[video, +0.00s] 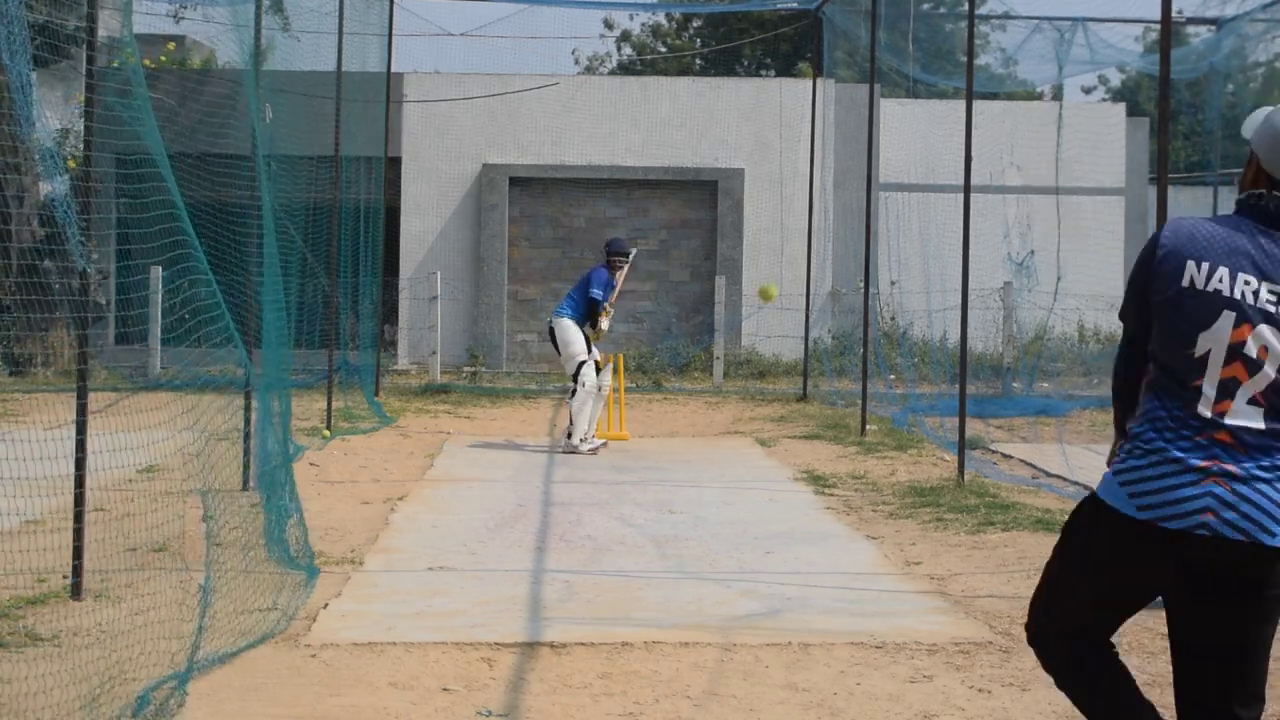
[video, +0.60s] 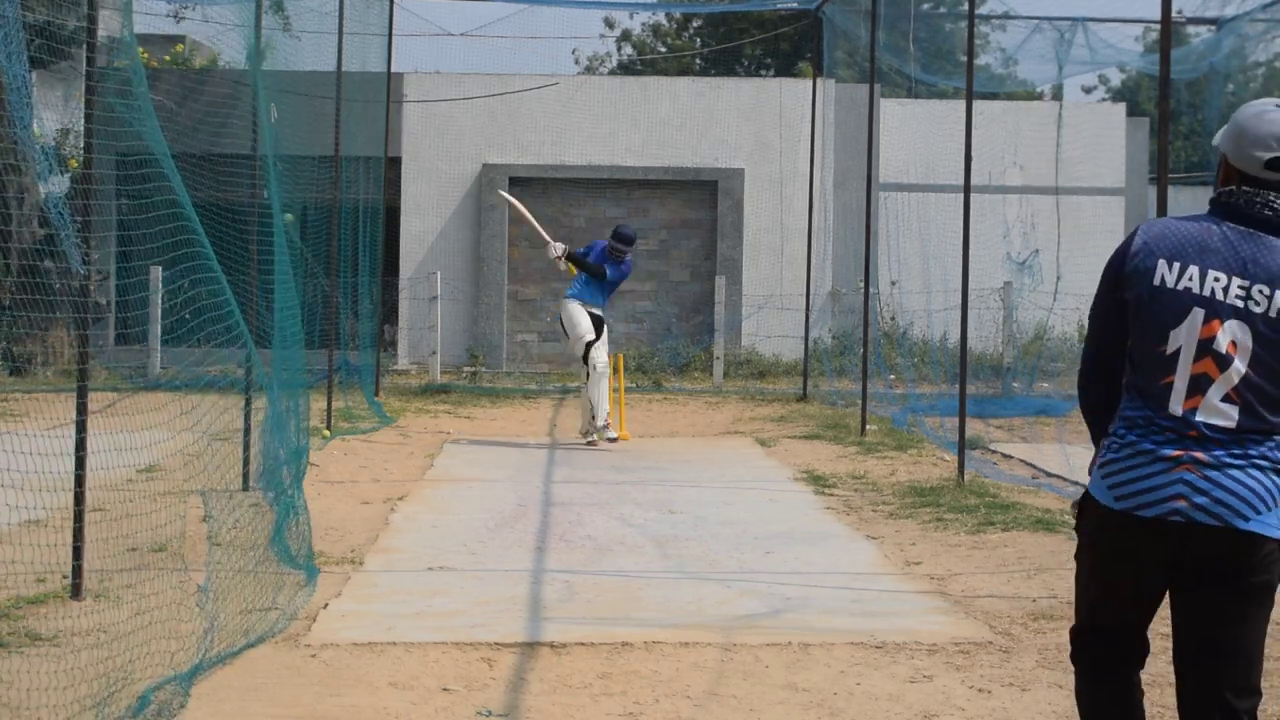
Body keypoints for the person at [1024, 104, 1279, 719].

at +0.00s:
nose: (1245, 166)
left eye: (1249, 158)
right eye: (1250, 158)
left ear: (1253, 167)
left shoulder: (1179, 240)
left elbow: (1129, 374)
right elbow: (1130, 376)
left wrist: (1134, 459)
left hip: (1146, 502)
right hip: (1255, 528)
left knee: (1061, 630)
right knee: (1228, 706)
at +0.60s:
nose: (1217, 169)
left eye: (1220, 162)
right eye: (1224, 162)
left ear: (1225, 169)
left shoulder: (1149, 243)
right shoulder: (1278, 266)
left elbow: (1097, 381)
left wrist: (1128, 464)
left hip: (1128, 505)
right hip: (1245, 520)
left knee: (1106, 662)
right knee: (1224, 697)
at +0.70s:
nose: (1204, 172)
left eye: (1208, 164)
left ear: (1213, 170)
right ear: (1279, 185)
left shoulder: (1141, 246)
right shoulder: (1277, 265)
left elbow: (1087, 385)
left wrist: (1131, 458)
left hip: (1125, 508)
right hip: (1242, 519)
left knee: (1105, 689)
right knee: (1221, 699)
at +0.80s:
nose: (1190, 174)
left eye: (1194, 166)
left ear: (1202, 171)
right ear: (1273, 183)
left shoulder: (1139, 246)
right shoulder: (1277, 263)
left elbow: (1082, 381)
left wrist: (1130, 454)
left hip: (1124, 514)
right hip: (1240, 522)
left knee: (1103, 704)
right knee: (1220, 705)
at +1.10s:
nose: (1114, 214)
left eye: (1116, 199)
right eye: (1112, 201)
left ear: (1139, 187)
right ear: (1190, 187)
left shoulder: (1114, 251)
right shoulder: (1254, 273)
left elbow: (1066, 386)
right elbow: (1252, 401)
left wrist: (1114, 457)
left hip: (1127, 512)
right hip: (1230, 517)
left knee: (1056, 696)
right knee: (1201, 701)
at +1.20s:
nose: (1089, 226)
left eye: (1089, 210)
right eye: (1085, 214)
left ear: (1113, 193)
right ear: (1167, 193)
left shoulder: (1097, 254)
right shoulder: (1235, 276)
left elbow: (1056, 397)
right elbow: (1238, 406)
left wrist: (1093, 477)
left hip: (1120, 510)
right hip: (1222, 516)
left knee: (1041, 696)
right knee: (1196, 701)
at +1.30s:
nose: (1045, 243)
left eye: (1045, 227)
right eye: (1041, 231)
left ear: (1067, 203)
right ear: (1123, 205)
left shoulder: (1057, 263)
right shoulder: (1197, 277)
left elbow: (1028, 399)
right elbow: (1216, 410)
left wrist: (1009, 502)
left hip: (1101, 515)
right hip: (1205, 520)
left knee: (1014, 699)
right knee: (1181, 703)